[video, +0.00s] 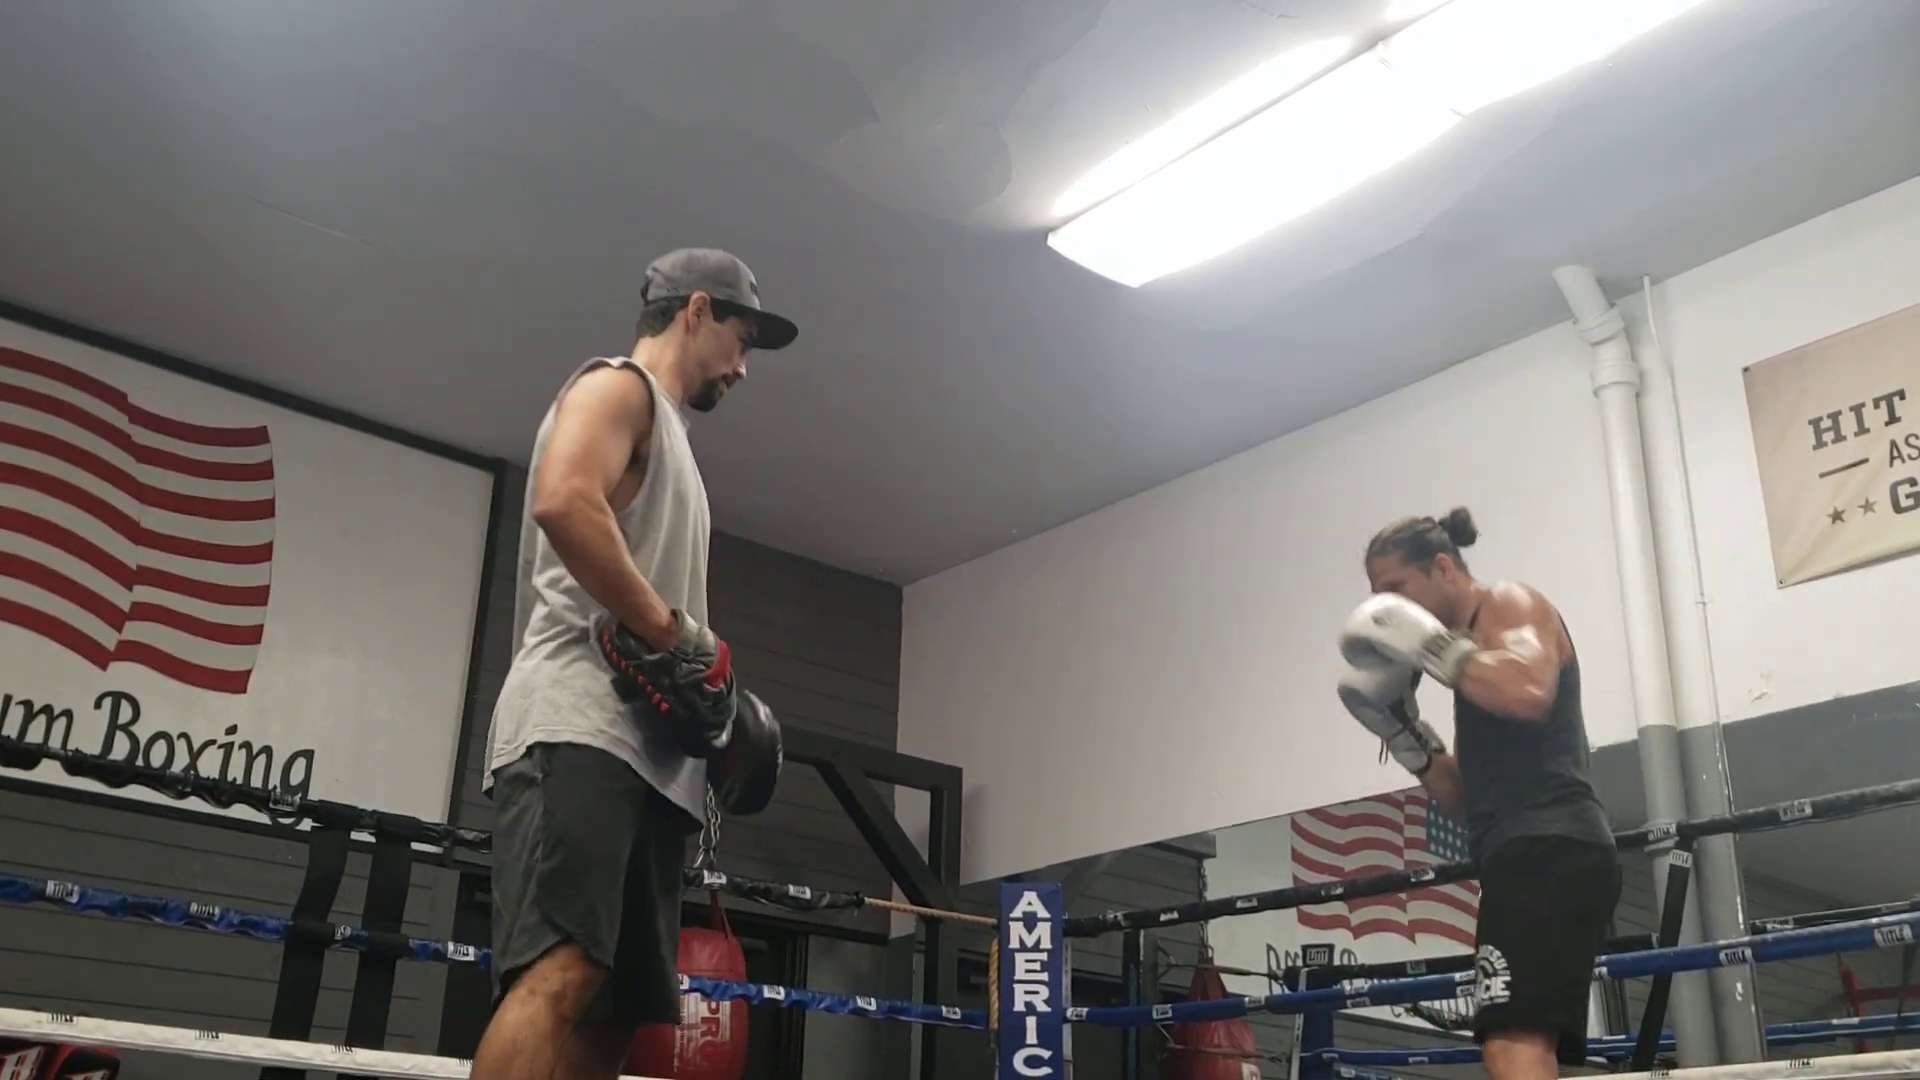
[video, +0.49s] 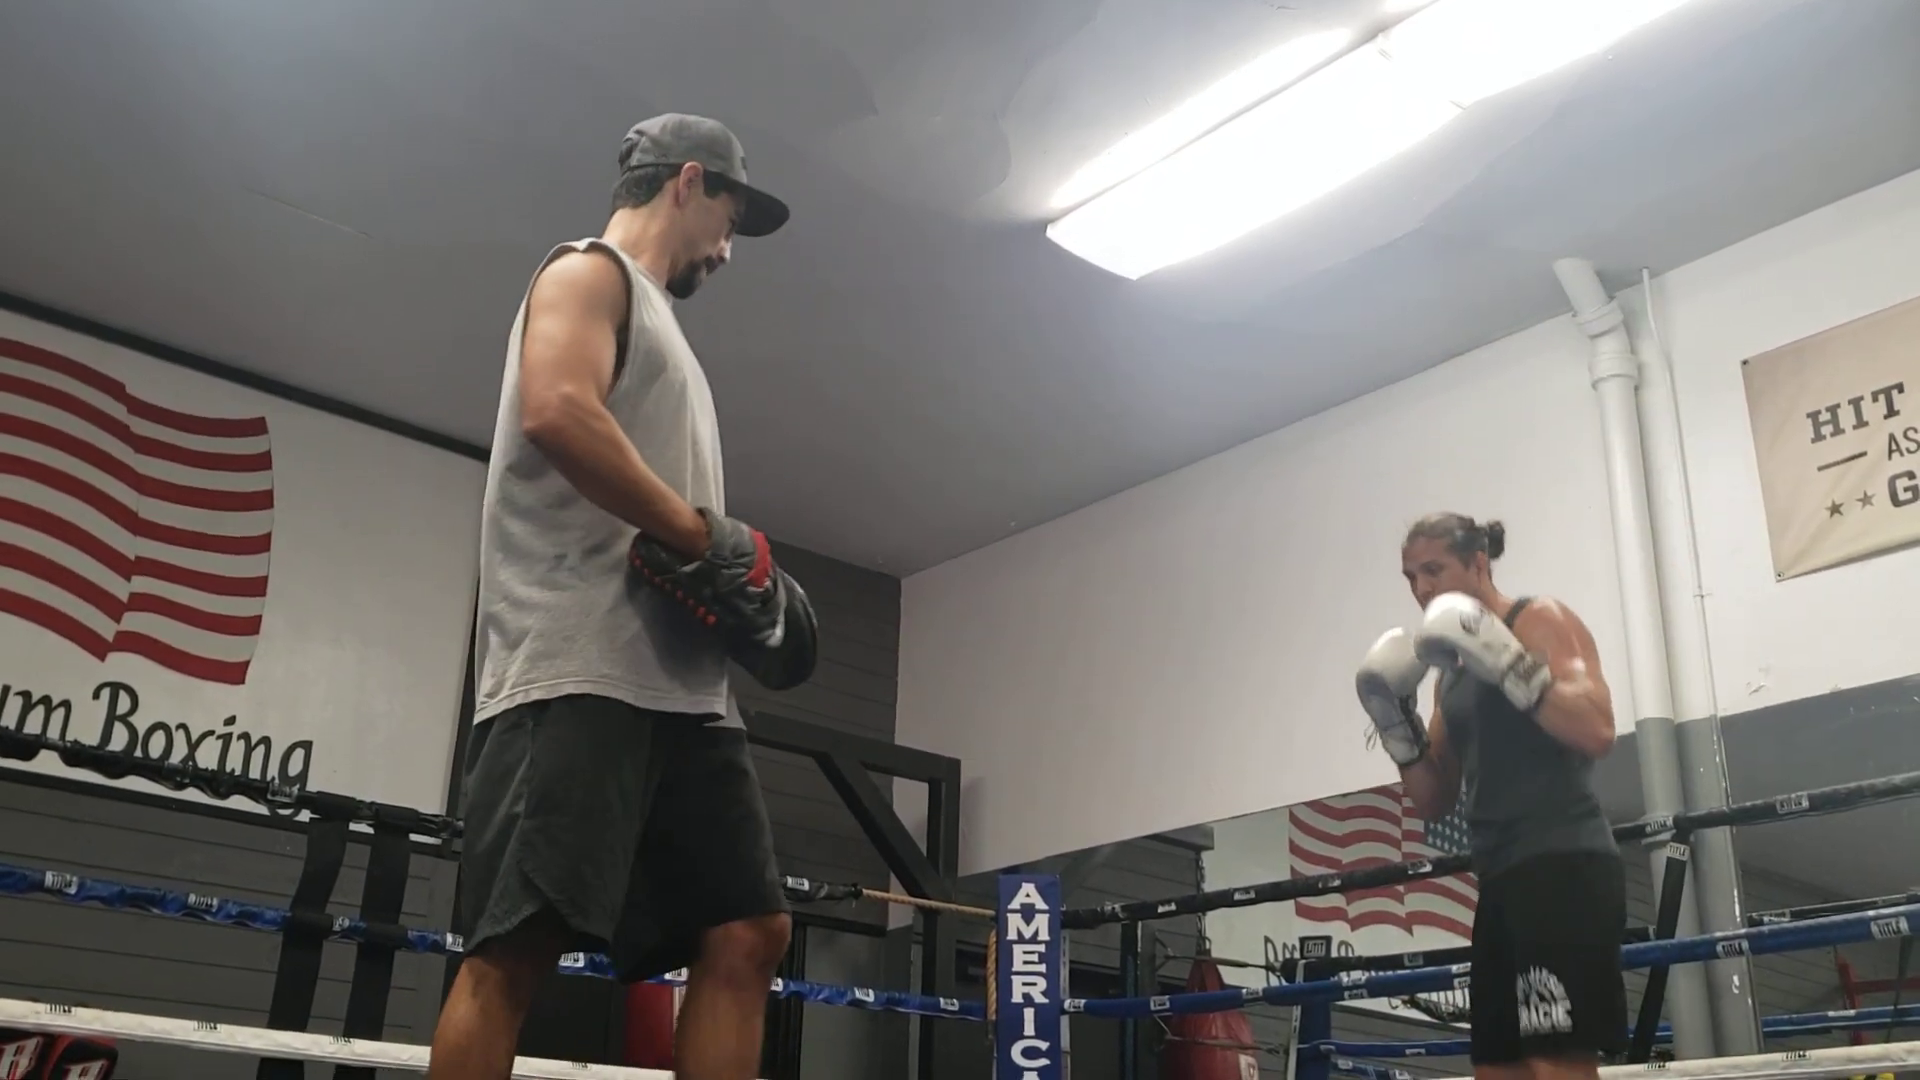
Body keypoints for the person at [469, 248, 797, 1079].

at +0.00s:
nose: (745, 365)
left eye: (753, 349)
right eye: (744, 337)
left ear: (689, 322)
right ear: (696, 313)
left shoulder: (676, 454)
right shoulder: (616, 386)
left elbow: (656, 606)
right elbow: (566, 501)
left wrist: (721, 707)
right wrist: (675, 640)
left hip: (649, 750)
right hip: (578, 721)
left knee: (613, 1012)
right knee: (560, 974)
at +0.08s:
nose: (733, 342)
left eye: (740, 324)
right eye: (730, 313)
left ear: (678, 299)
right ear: (683, 287)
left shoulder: (666, 437)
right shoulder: (594, 368)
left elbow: (650, 588)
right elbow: (540, 488)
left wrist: (712, 684)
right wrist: (659, 626)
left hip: (647, 732)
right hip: (571, 708)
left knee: (618, 1007)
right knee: (555, 973)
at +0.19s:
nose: (719, 311)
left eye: (727, 292)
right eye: (718, 281)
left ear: (665, 264)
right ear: (669, 252)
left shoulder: (656, 407)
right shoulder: (577, 336)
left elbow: (645, 561)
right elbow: (522, 466)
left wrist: (710, 651)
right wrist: (650, 602)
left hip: (654, 722)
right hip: (566, 699)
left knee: (651, 1001)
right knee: (540, 972)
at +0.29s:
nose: (711, 287)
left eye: (720, 268)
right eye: (711, 255)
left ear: (656, 235)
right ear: (664, 224)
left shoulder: (649, 381)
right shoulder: (568, 311)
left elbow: (635, 536)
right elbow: (519, 441)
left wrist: (713, 617)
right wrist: (654, 572)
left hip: (660, 710)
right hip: (564, 687)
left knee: (694, 982)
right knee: (526, 964)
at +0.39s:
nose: (713, 268)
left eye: (723, 248)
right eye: (713, 235)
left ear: (657, 215)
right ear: (667, 203)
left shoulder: (650, 358)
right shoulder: (570, 292)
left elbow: (645, 521)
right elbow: (535, 426)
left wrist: (730, 596)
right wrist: (684, 556)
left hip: (672, 703)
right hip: (569, 684)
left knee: (729, 956)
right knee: (514, 962)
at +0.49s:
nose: (729, 250)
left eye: (739, 230)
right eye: (732, 216)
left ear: (668, 193)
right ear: (686, 184)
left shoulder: (663, 333)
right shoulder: (586, 272)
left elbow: (656, 504)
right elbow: (558, 411)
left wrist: (733, 581)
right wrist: (709, 539)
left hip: (682, 690)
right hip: (573, 673)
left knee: (746, 936)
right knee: (510, 953)